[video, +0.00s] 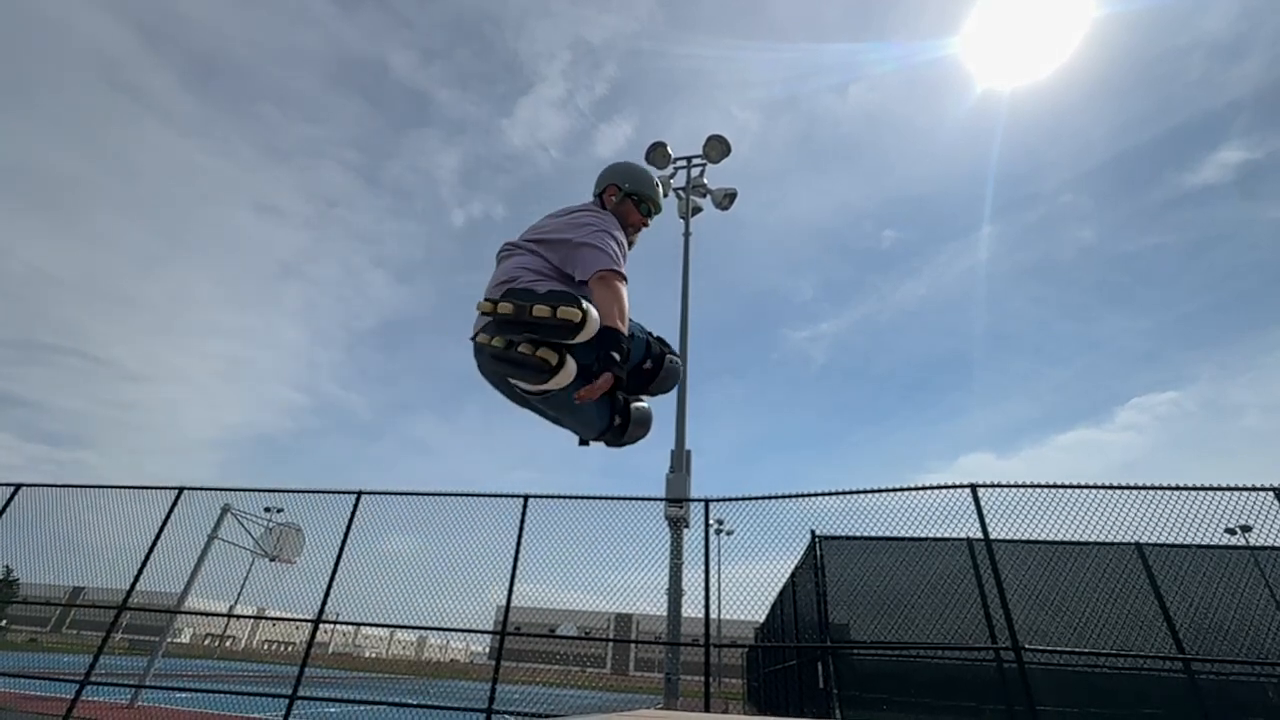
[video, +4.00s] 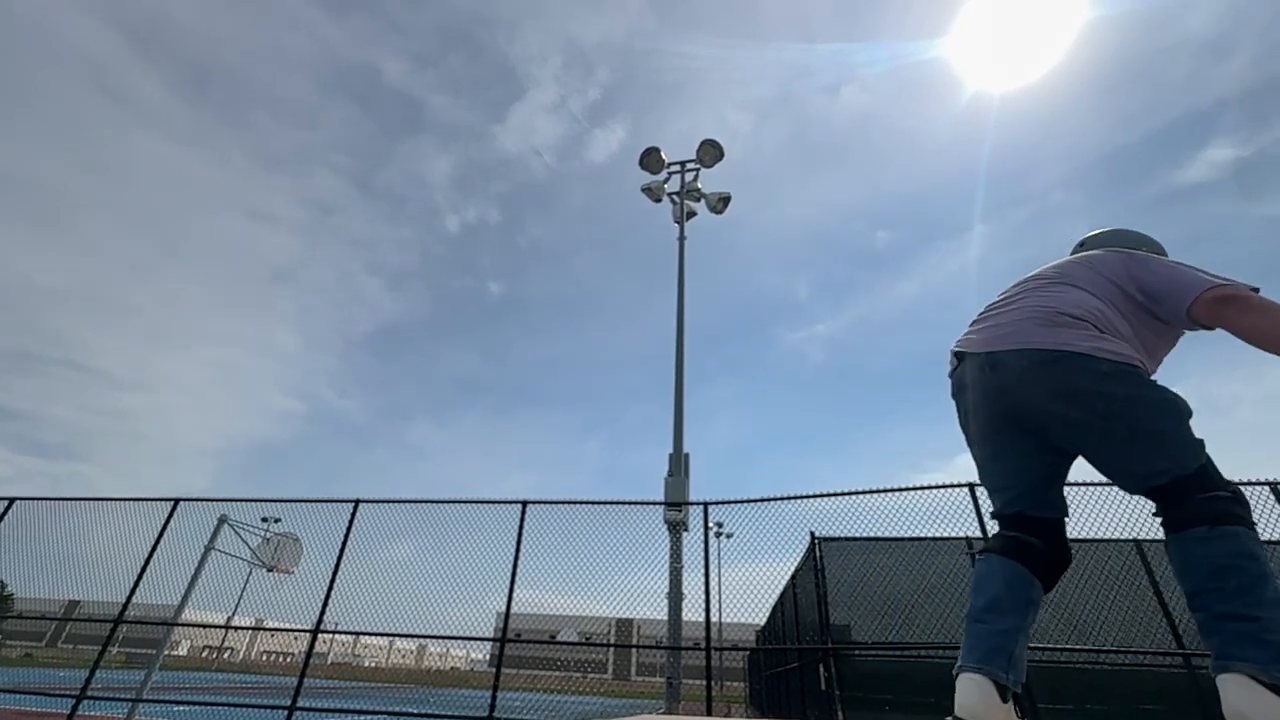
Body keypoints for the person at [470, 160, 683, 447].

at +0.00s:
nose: (646, 222)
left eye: (651, 215)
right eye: (642, 208)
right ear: (611, 196)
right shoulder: (600, 225)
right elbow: (607, 281)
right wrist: (613, 350)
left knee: (625, 423)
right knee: (664, 367)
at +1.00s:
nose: (765, 218)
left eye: (769, 211)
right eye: (763, 203)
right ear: (733, 189)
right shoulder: (717, 209)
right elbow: (743, 268)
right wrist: (770, 324)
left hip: (602, 334)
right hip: (655, 299)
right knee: (771, 371)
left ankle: (681, 419)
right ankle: (710, 366)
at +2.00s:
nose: (881, 240)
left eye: (884, 235)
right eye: (881, 231)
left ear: (838, 203)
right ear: (866, 211)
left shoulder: (788, 234)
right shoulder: (843, 214)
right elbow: (864, 257)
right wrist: (917, 321)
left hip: (724, 340)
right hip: (782, 317)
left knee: (823, 451)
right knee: (879, 436)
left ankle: (823, 580)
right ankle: (871, 577)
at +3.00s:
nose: (1021, 272)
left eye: (1020, 266)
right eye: (1016, 264)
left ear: (953, 251)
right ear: (999, 253)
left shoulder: (906, 284)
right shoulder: (988, 257)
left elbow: (855, 369)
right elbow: (1051, 296)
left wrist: (837, 445)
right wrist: (1153, 339)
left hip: (854, 383)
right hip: (928, 365)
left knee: (945, 524)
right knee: (1034, 506)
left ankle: (936, 685)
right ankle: (1060, 683)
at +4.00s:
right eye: (1159, 269)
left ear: (1085, 253)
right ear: (1144, 256)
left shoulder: (1043, 279)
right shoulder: (1143, 264)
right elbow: (1227, 302)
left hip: (978, 374)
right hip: (1074, 361)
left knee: (1028, 533)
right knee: (1200, 499)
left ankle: (980, 677)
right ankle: (1248, 672)